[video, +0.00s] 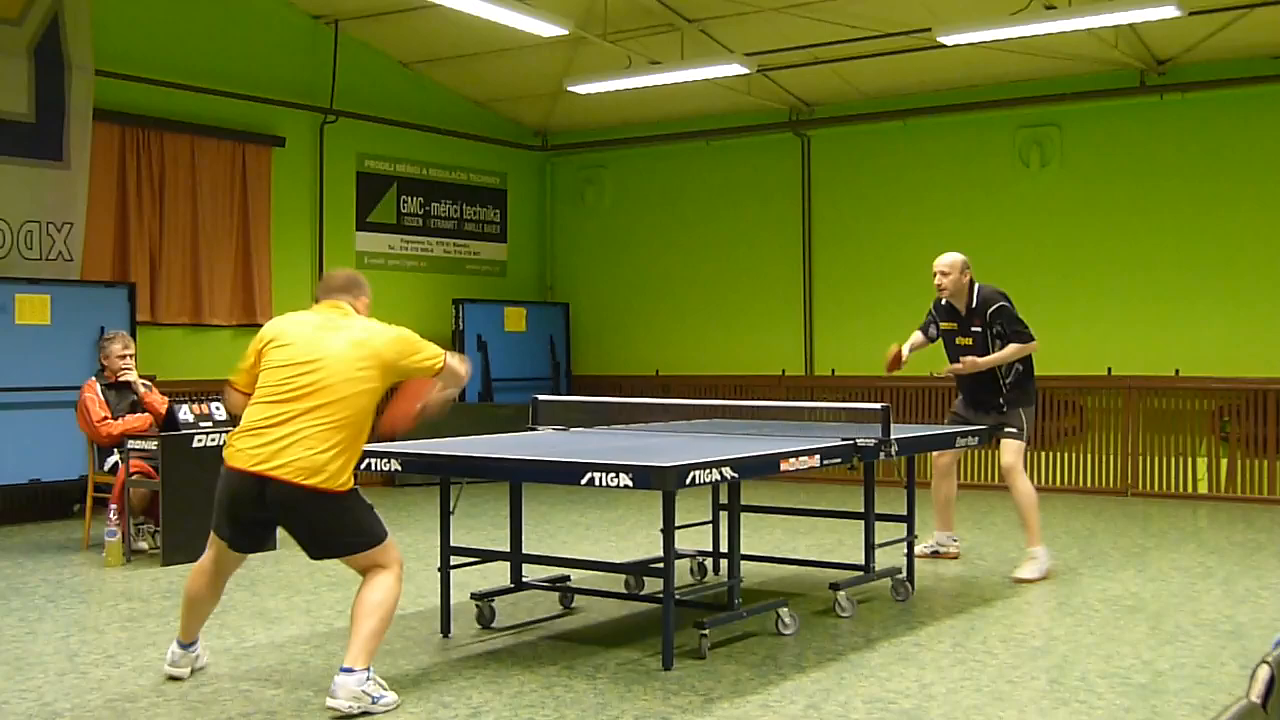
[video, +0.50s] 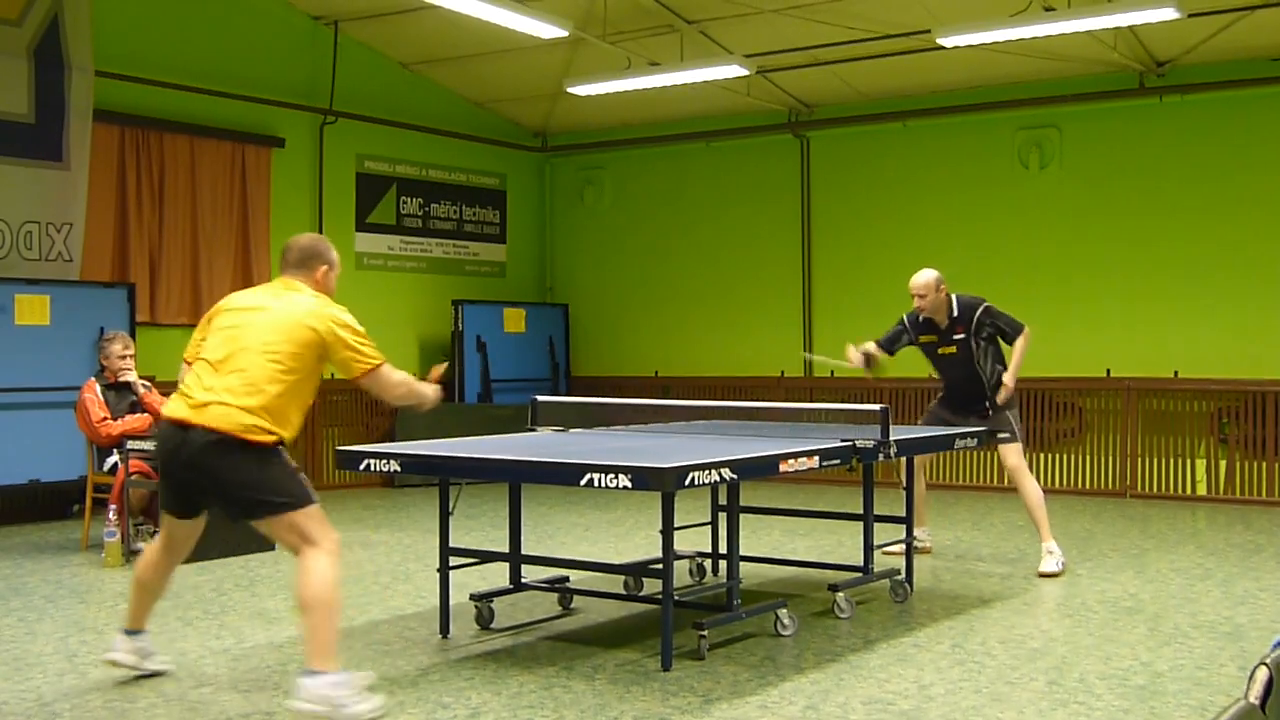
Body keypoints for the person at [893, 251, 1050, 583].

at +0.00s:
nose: (938, 281)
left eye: (944, 274)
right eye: (935, 275)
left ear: (966, 276)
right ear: (936, 279)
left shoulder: (993, 301)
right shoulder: (941, 306)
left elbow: (1027, 344)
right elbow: (928, 333)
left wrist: (981, 363)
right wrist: (906, 347)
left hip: (1012, 400)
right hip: (972, 399)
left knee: (1010, 466)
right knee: (942, 459)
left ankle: (1037, 553)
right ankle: (944, 539)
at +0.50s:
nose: (917, 303)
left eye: (922, 296)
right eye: (913, 297)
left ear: (942, 292)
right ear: (912, 295)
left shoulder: (974, 309)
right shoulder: (914, 322)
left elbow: (1020, 333)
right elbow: (882, 348)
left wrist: (1010, 378)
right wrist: (863, 351)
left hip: (993, 401)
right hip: (951, 402)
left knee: (1014, 464)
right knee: (912, 458)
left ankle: (1049, 547)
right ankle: (919, 535)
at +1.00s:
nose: (945, 291)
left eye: (951, 286)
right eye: (942, 286)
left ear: (971, 287)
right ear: (942, 289)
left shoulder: (999, 309)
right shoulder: (946, 319)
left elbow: (1035, 346)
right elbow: (930, 351)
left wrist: (1009, 386)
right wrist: (912, 369)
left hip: (1023, 399)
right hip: (981, 399)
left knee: (1042, 466)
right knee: (950, 458)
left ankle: (1070, 543)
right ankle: (954, 531)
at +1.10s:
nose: (943, 296)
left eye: (949, 289)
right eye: (941, 291)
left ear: (969, 289)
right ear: (941, 294)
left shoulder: (999, 312)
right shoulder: (948, 324)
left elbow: (1035, 350)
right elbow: (938, 366)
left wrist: (1012, 390)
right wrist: (920, 395)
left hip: (1024, 400)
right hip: (982, 400)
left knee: (1041, 466)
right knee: (952, 460)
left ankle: (1070, 543)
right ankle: (954, 532)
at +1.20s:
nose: (939, 304)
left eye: (944, 297)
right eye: (937, 298)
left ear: (965, 293)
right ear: (952, 297)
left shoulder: (995, 316)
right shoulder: (959, 328)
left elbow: (1026, 356)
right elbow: (976, 373)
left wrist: (992, 391)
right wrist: (959, 408)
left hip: (1027, 405)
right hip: (991, 404)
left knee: (1039, 475)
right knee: (956, 457)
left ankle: (1090, 542)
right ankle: (954, 531)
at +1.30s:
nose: (943, 303)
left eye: (946, 296)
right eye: (942, 297)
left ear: (966, 291)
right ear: (963, 293)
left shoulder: (992, 315)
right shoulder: (974, 321)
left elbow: (1018, 359)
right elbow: (992, 366)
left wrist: (974, 382)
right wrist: (971, 385)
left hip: (1027, 407)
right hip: (998, 405)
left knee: (1040, 478)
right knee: (963, 456)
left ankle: (1094, 544)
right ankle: (957, 530)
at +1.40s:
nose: (960, 291)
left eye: (963, 285)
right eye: (959, 286)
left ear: (980, 282)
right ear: (975, 284)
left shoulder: (1007, 303)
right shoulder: (983, 306)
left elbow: (986, 348)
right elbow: (961, 341)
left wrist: (963, 313)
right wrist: (932, 336)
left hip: (1023, 402)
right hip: (994, 400)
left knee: (1026, 470)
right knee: (965, 455)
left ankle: (1084, 533)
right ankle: (974, 529)